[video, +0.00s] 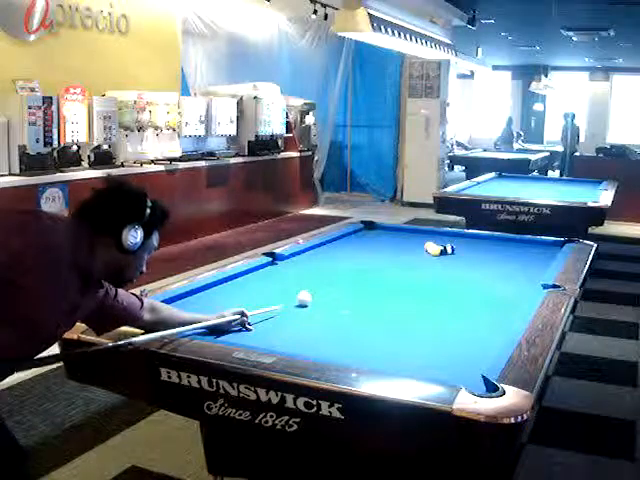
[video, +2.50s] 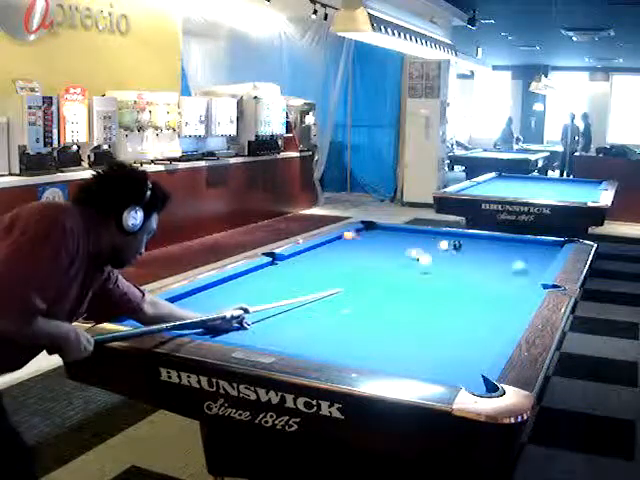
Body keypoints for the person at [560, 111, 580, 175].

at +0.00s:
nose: (569, 120)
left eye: (571, 118)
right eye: (567, 118)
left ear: (573, 118)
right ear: (566, 118)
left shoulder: (576, 127)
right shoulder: (565, 126)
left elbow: (577, 136)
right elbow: (562, 135)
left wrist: (577, 144)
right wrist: (563, 143)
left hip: (573, 146)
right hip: (566, 145)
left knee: (570, 157)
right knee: (563, 157)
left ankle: (569, 172)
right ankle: (562, 171)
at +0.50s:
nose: (571, 118)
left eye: (573, 117)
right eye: (570, 116)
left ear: (574, 117)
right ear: (569, 117)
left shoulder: (576, 127)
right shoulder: (565, 126)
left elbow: (578, 136)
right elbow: (563, 135)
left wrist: (578, 145)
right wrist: (563, 143)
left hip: (573, 146)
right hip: (566, 146)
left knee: (571, 160)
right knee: (563, 160)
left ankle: (569, 173)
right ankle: (561, 172)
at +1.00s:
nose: (571, 119)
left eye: (572, 117)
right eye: (570, 117)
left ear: (574, 118)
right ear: (569, 117)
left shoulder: (577, 127)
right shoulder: (565, 126)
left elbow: (578, 137)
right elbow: (562, 135)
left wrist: (578, 145)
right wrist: (563, 143)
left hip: (573, 146)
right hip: (566, 146)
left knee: (571, 160)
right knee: (563, 160)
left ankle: (569, 173)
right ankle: (561, 172)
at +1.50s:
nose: (572, 118)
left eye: (573, 117)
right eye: (571, 116)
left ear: (575, 117)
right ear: (569, 117)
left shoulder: (576, 127)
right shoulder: (565, 126)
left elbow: (578, 136)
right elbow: (562, 135)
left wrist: (576, 143)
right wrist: (563, 143)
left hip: (572, 147)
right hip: (565, 146)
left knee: (571, 160)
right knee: (563, 160)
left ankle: (569, 173)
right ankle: (561, 172)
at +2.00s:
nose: (572, 119)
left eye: (573, 117)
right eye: (571, 117)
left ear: (574, 118)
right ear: (569, 117)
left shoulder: (576, 127)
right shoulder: (565, 126)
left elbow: (578, 137)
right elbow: (562, 135)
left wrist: (577, 145)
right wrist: (563, 142)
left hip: (573, 146)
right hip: (565, 146)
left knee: (571, 160)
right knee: (563, 160)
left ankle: (569, 173)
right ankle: (561, 173)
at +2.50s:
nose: (572, 119)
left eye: (573, 117)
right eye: (571, 117)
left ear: (574, 118)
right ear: (569, 117)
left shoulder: (576, 127)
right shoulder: (565, 126)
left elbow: (578, 136)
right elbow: (562, 135)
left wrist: (577, 144)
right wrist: (563, 143)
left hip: (573, 146)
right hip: (566, 146)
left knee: (571, 160)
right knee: (563, 160)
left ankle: (569, 173)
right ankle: (561, 173)